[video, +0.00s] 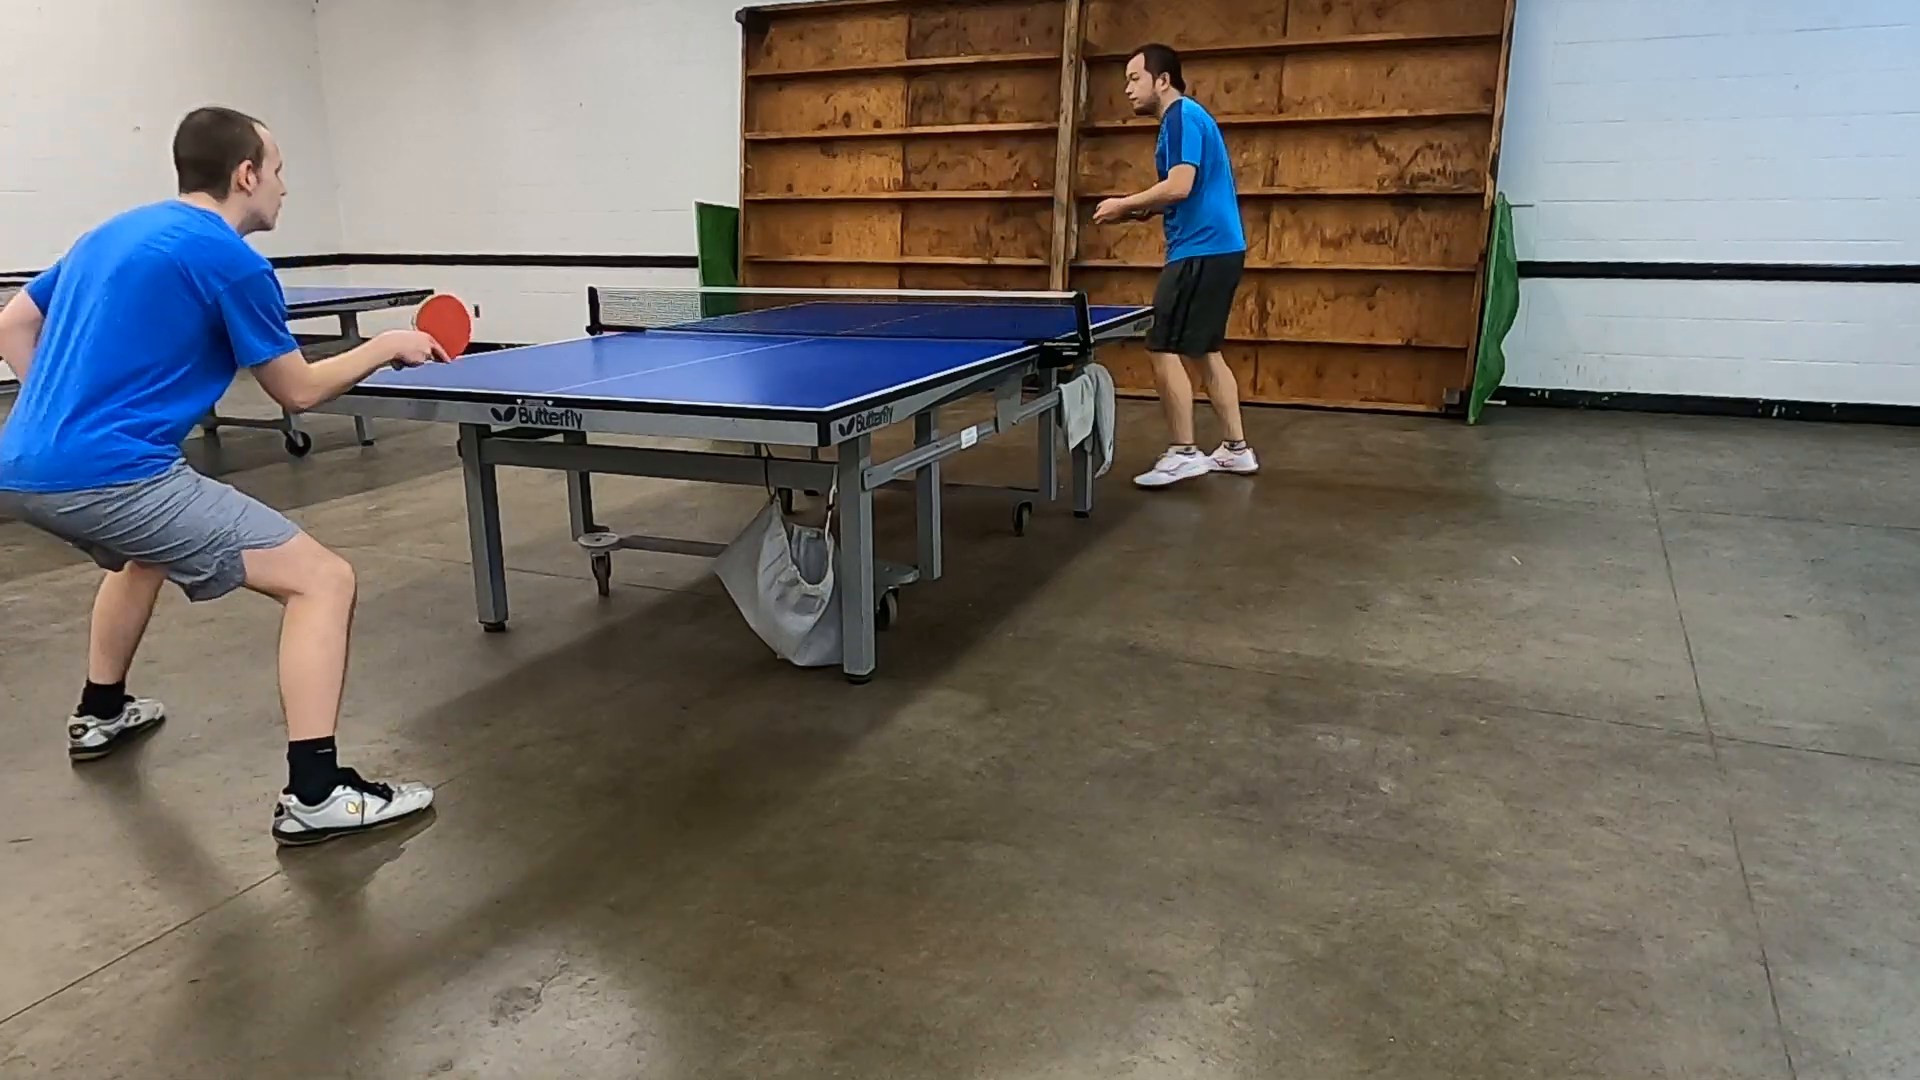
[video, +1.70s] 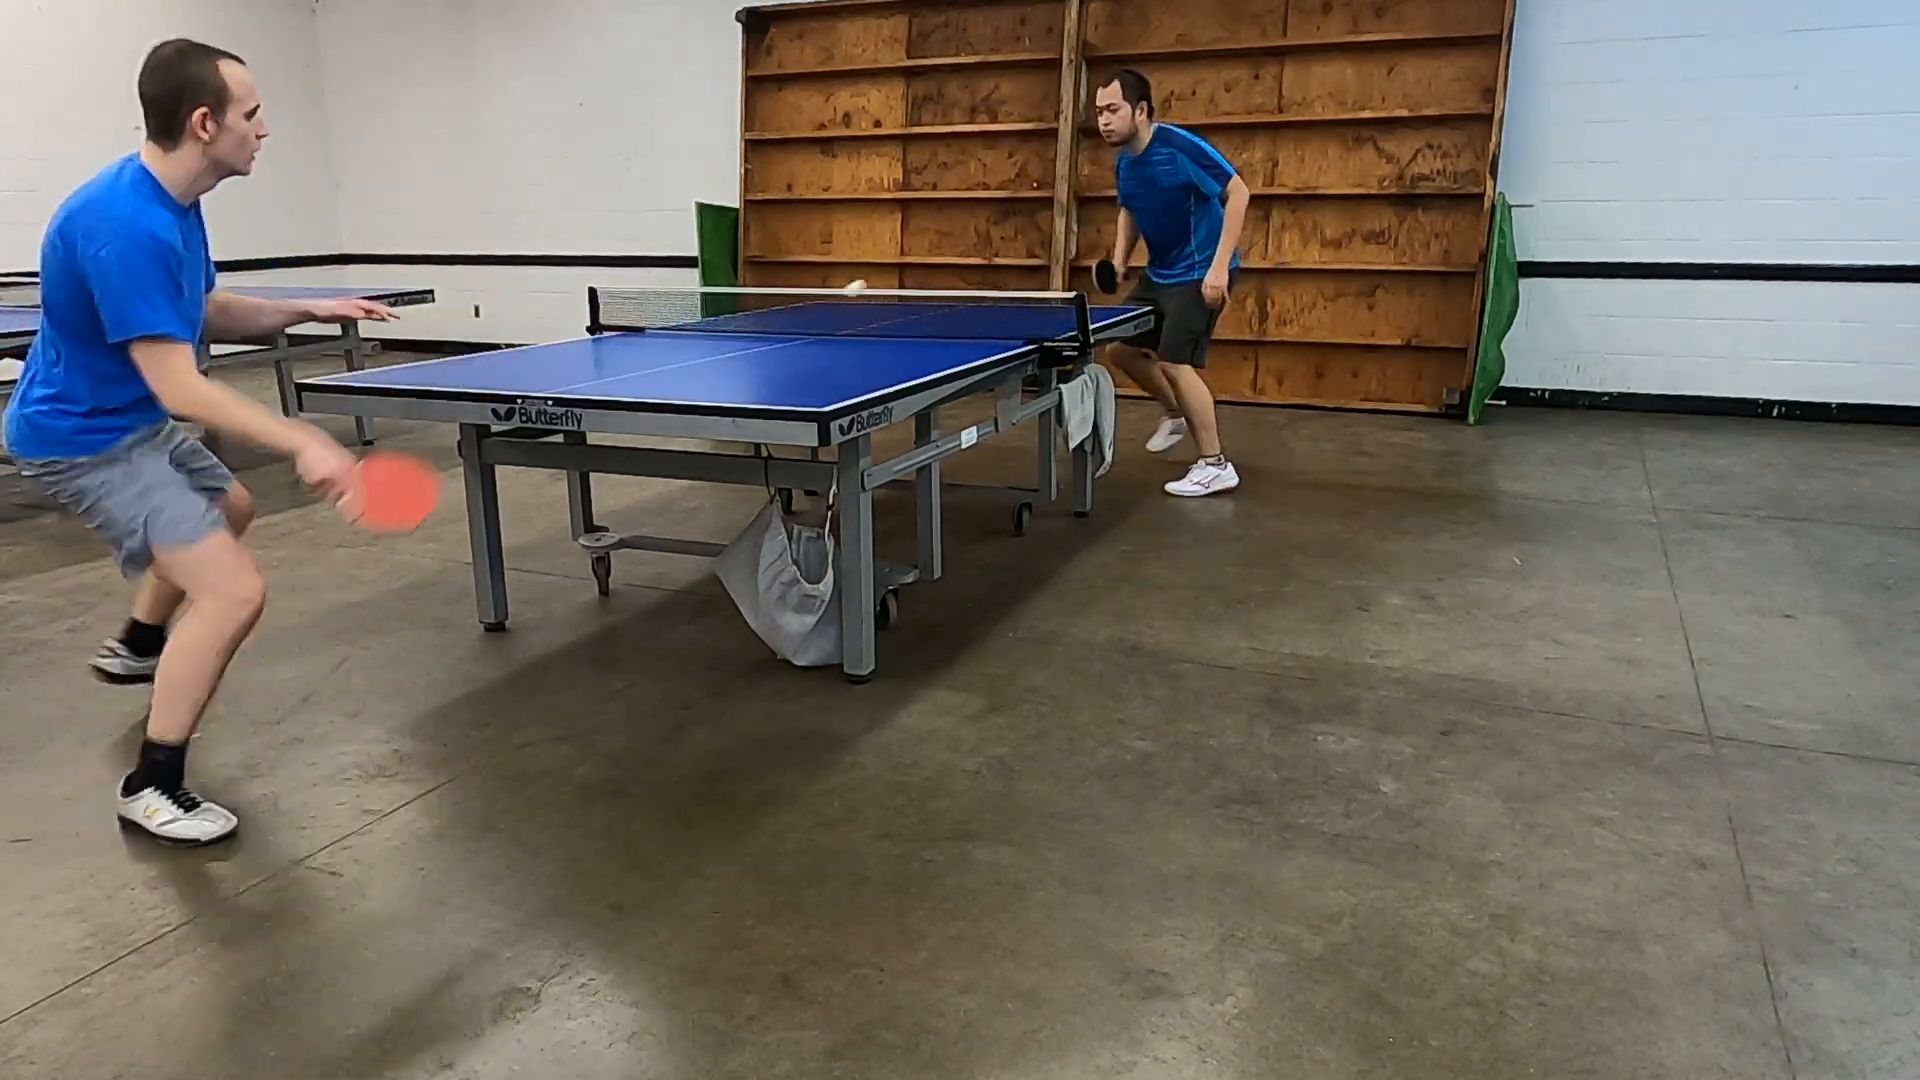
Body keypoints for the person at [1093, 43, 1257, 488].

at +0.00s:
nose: (1128, 88)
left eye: (1134, 78)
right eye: (1127, 80)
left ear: (1162, 80)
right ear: (1162, 83)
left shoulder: (1183, 116)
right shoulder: (1186, 118)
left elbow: (1180, 185)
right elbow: (1189, 193)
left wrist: (1125, 203)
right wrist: (1149, 210)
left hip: (1200, 252)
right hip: (1216, 250)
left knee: (1163, 348)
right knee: (1202, 349)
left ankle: (1184, 451)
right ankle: (1237, 447)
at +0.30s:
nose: (1101, 152)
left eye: (1103, 142)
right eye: (1098, 144)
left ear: (1130, 132)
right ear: (1132, 133)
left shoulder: (1160, 154)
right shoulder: (1166, 150)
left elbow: (1149, 232)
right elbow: (1156, 228)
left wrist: (1098, 236)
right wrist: (1105, 236)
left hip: (1230, 264)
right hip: (1246, 259)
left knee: (1184, 361)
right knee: (1212, 362)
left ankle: (1216, 466)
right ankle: (1237, 448)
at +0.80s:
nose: (1114, 168)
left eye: (1116, 159)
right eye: (1111, 161)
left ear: (1142, 150)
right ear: (1147, 149)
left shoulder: (1161, 175)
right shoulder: (1196, 159)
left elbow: (1143, 250)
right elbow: (1219, 226)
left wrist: (1094, 248)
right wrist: (1172, 249)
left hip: (1239, 279)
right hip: (1268, 270)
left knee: (1176, 370)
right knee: (1218, 367)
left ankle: (1216, 467)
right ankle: (1239, 451)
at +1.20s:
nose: (1115, 167)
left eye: (1117, 157)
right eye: (1112, 159)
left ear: (1140, 147)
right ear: (1145, 147)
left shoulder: (1164, 163)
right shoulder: (1210, 158)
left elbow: (1189, 197)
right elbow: (1255, 209)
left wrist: (1152, 263)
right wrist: (1229, 252)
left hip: (1236, 278)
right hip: (1267, 271)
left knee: (1176, 368)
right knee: (1211, 370)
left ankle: (1216, 467)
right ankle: (1238, 452)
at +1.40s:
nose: (1097, 162)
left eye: (1103, 152)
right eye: (1095, 154)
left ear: (1131, 149)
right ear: (1128, 152)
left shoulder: (1163, 167)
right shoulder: (1155, 184)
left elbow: (1228, 199)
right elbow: (1196, 235)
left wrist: (1202, 274)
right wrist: (1173, 281)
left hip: (1240, 278)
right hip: (1236, 278)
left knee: (1178, 368)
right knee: (1205, 371)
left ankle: (1217, 468)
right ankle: (1238, 452)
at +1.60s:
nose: (1101, 133)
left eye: (1109, 124)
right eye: (1098, 126)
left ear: (1139, 122)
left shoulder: (1177, 152)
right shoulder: (1133, 175)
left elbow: (1243, 196)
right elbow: (1148, 225)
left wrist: (1232, 272)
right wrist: (1140, 276)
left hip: (1211, 279)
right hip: (1177, 282)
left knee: (1177, 368)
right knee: (1145, 360)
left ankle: (1217, 468)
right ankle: (1215, 421)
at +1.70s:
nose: (1103, 120)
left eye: (1112, 110)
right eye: (1099, 111)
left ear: (1142, 111)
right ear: (1100, 115)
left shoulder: (1179, 145)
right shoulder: (1125, 163)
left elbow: (1238, 192)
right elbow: (1129, 210)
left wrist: (1219, 266)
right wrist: (1119, 258)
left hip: (1199, 274)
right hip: (1158, 275)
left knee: (1175, 361)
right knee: (1123, 352)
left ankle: (1214, 462)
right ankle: (1179, 413)